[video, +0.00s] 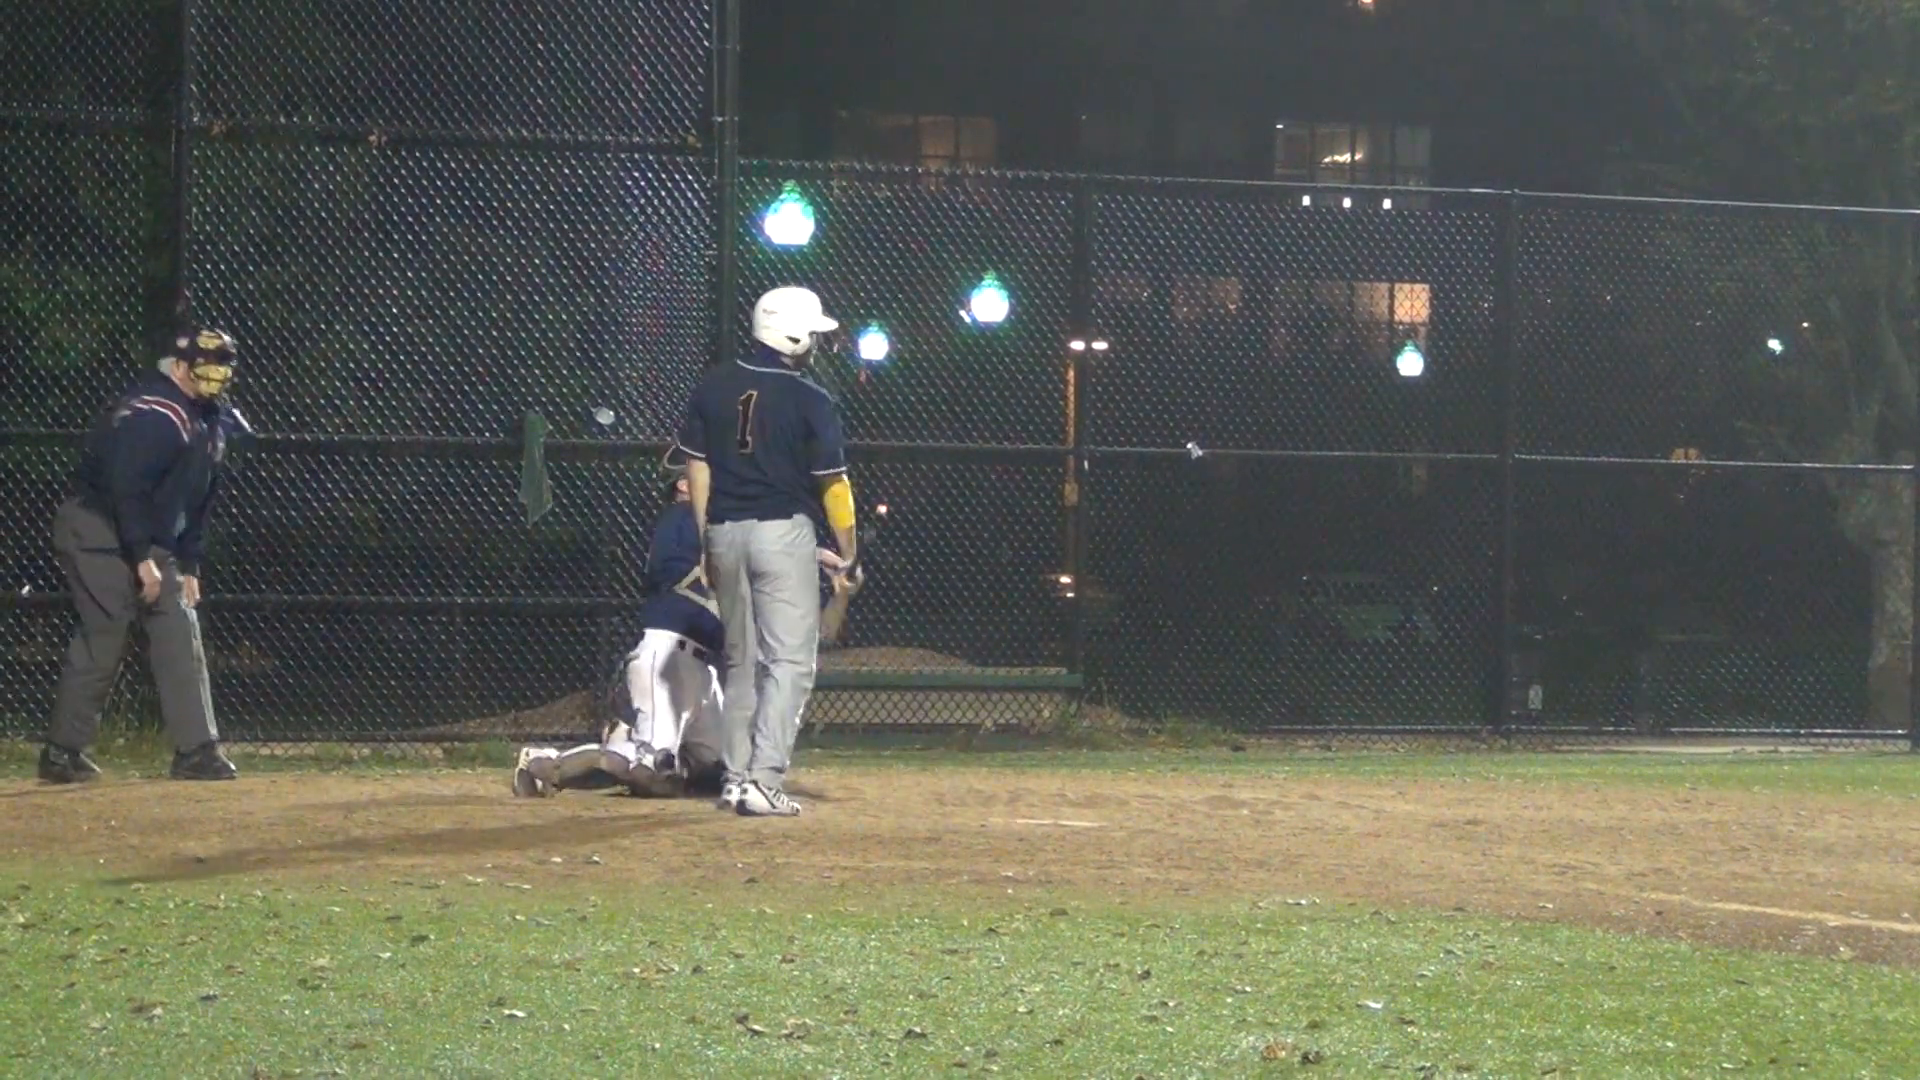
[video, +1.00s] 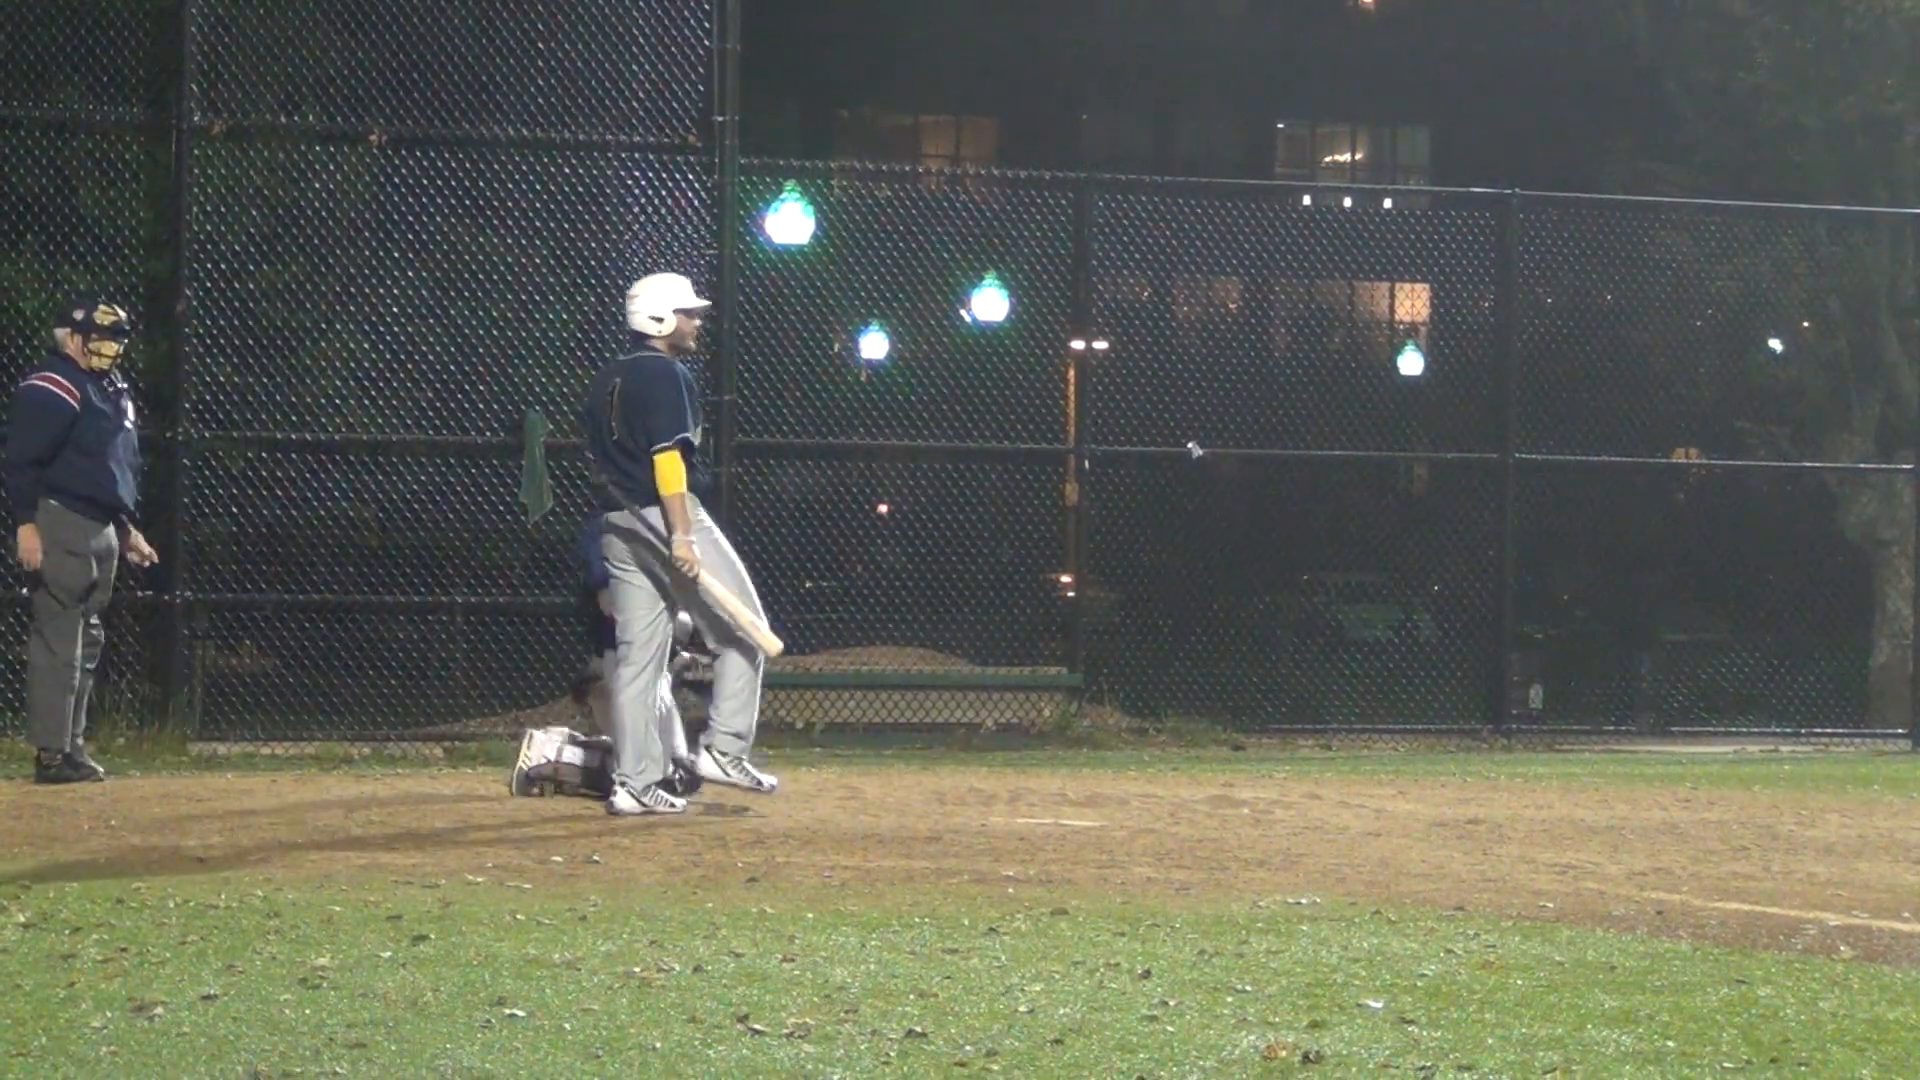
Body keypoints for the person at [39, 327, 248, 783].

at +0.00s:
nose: (217, 377)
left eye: (222, 369)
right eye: (207, 368)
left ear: (227, 372)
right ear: (181, 366)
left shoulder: (210, 422)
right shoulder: (154, 415)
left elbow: (200, 503)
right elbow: (125, 488)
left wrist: (188, 565)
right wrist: (141, 555)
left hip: (147, 530)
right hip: (92, 523)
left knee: (177, 620)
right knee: (107, 627)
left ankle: (196, 748)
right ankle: (62, 749)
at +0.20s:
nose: (164, 363)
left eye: (170, 355)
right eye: (155, 354)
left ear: (177, 357)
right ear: (130, 350)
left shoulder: (160, 402)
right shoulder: (107, 399)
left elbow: (153, 483)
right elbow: (82, 475)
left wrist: (161, 546)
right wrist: (98, 542)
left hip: (139, 536)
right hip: (87, 533)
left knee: (164, 637)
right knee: (86, 643)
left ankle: (192, 747)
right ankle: (59, 754)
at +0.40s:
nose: (135, 355)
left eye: (140, 347)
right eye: (126, 346)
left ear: (144, 349)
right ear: (99, 344)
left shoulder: (139, 394)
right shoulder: (71, 392)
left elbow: (134, 461)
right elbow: (47, 464)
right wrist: (53, 526)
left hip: (126, 532)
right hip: (81, 530)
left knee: (154, 626)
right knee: (69, 640)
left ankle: (170, 743)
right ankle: (57, 754)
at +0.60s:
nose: (117, 354)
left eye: (123, 347)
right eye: (109, 344)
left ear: (127, 349)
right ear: (81, 341)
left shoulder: (121, 391)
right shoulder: (56, 386)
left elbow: (112, 462)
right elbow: (20, 459)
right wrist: (12, 527)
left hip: (114, 530)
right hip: (66, 526)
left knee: (134, 629)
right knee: (61, 636)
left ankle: (97, 742)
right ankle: (55, 751)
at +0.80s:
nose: (107, 349)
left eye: (114, 341)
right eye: (97, 340)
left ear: (120, 345)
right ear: (72, 338)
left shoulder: (119, 393)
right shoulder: (52, 384)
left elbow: (115, 471)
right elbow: (13, 459)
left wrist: (121, 537)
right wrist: (5, 528)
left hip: (103, 529)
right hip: (61, 522)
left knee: (92, 639)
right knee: (59, 635)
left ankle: (70, 748)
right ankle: (52, 753)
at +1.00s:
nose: (106, 348)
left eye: (112, 339)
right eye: (97, 338)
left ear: (119, 343)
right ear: (73, 338)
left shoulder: (114, 389)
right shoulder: (53, 384)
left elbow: (111, 466)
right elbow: (18, 458)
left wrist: (126, 527)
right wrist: (25, 523)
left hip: (100, 525)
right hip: (63, 520)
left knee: (86, 634)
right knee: (58, 632)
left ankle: (70, 745)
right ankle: (51, 752)